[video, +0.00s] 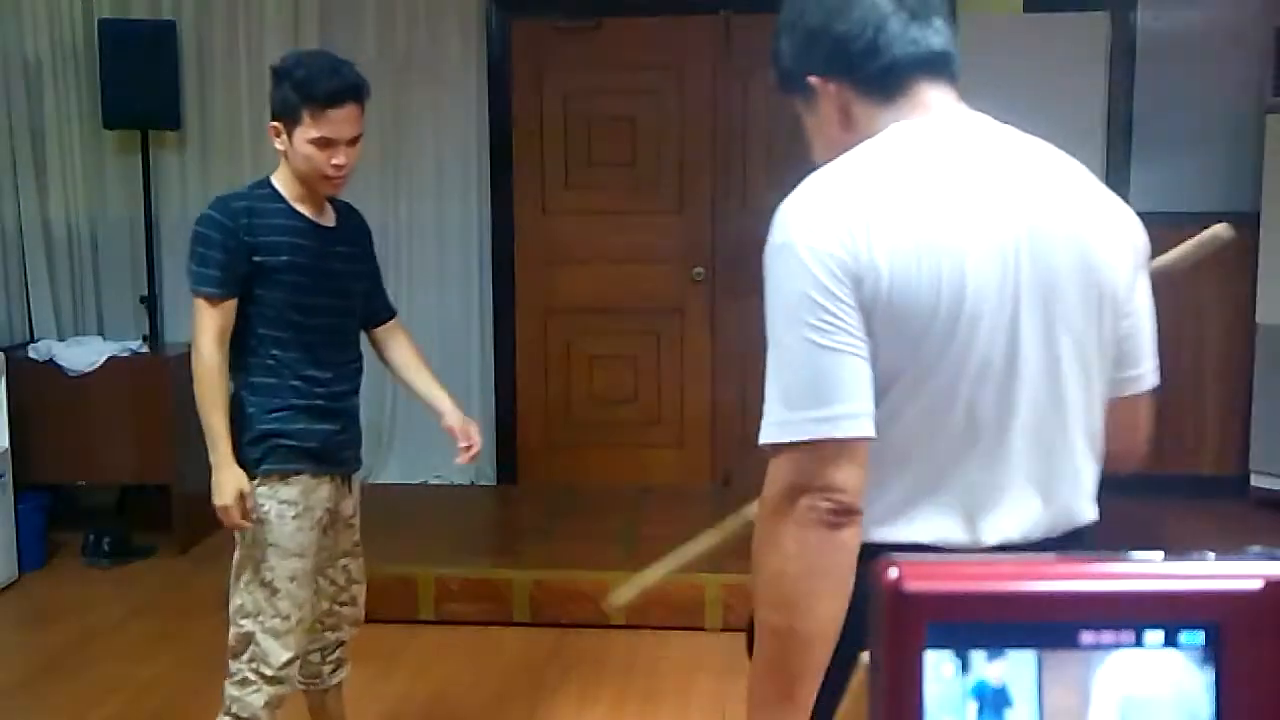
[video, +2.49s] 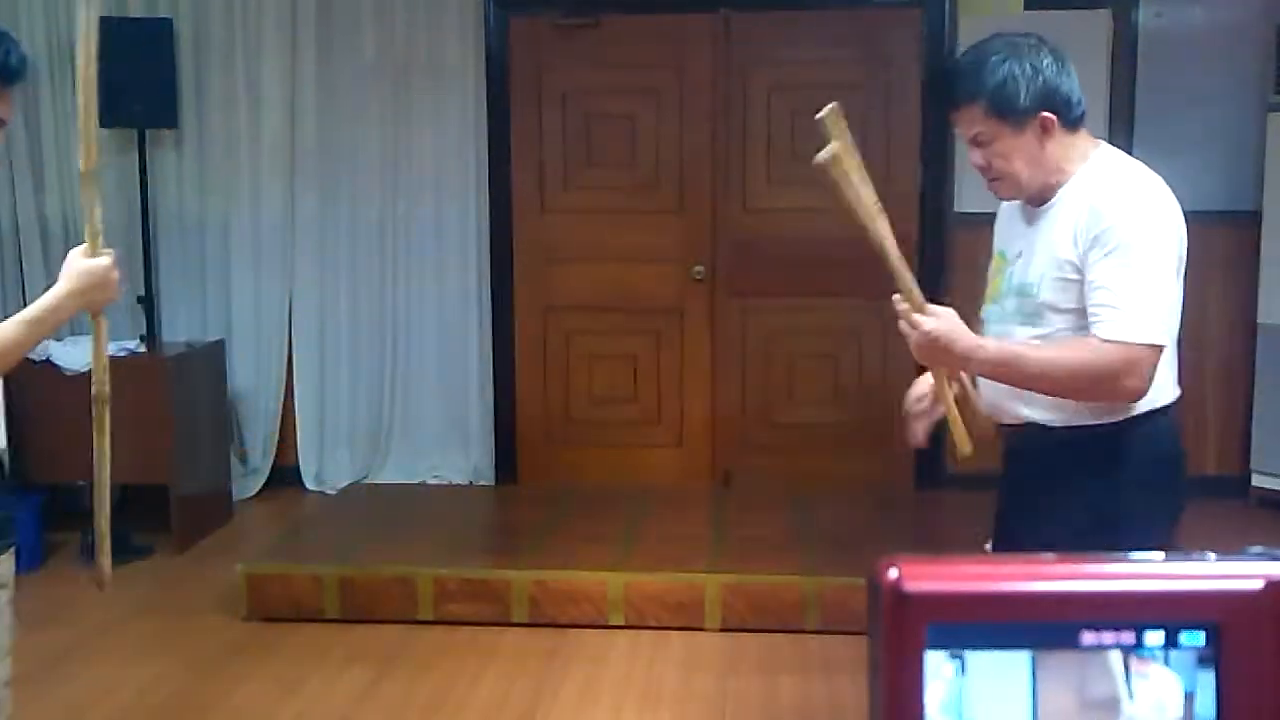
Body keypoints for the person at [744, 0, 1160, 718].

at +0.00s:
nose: (813, 146)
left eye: (804, 115)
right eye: (803, 119)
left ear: (829, 90)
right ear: (940, 66)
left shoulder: (827, 213)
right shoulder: (1100, 208)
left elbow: (823, 500)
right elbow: (1126, 440)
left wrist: (777, 711)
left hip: (888, 629)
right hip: (1058, 626)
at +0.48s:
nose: (637, 162)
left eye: (627, 134)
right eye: (626, 137)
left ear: (651, 114)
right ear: (741, 85)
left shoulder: (661, 219)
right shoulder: (869, 190)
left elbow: (614, 452)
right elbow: (894, 380)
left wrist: (540, 615)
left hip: (719, 549)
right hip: (860, 531)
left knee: (685, 709)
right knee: (842, 711)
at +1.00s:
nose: (648, 173)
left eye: (646, 152)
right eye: (638, 156)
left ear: (689, 132)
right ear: (734, 113)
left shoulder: (740, 209)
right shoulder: (813, 178)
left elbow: (757, 397)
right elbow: (816, 339)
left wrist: (656, 531)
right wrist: (693, 362)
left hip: (773, 489)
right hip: (835, 472)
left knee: (718, 704)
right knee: (782, 703)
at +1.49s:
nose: (765, 160)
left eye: (771, 140)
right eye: (760, 143)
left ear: (833, 124)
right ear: (827, 130)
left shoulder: (928, 206)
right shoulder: (834, 200)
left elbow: (942, 393)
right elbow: (828, 349)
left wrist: (800, 481)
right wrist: (743, 416)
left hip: (903, 498)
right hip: (820, 494)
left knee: (891, 700)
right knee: (795, 693)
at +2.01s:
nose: (920, 166)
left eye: (927, 148)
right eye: (916, 150)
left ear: (993, 130)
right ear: (992, 132)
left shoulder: (1095, 208)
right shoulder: (956, 195)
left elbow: (1140, 388)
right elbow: (954, 324)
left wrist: (988, 428)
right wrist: (888, 400)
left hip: (1055, 501)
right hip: (946, 488)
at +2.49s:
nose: (974, 163)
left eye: (983, 142)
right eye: (968, 146)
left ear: (1044, 126)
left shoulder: (1130, 202)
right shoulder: (1017, 204)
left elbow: (1126, 372)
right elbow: (1023, 335)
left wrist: (972, 352)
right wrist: (950, 380)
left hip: (1112, 459)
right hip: (1031, 456)